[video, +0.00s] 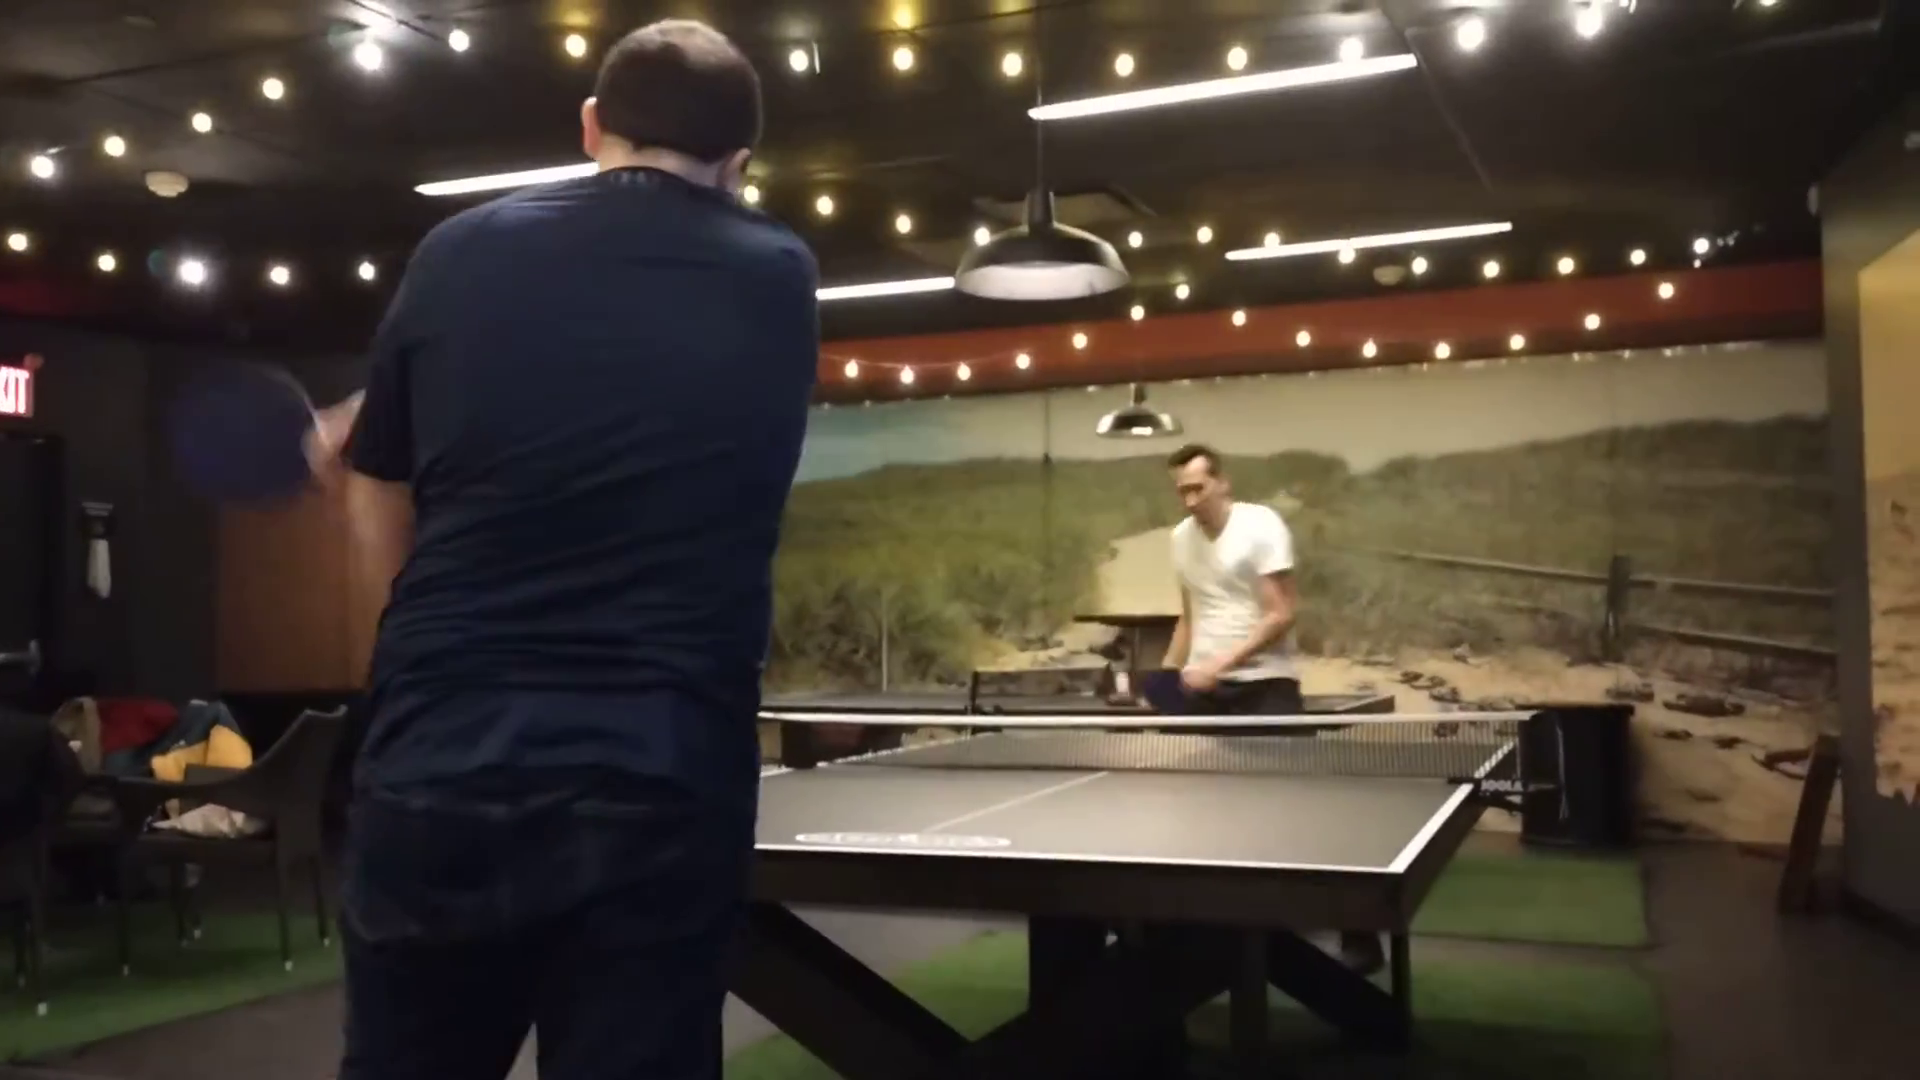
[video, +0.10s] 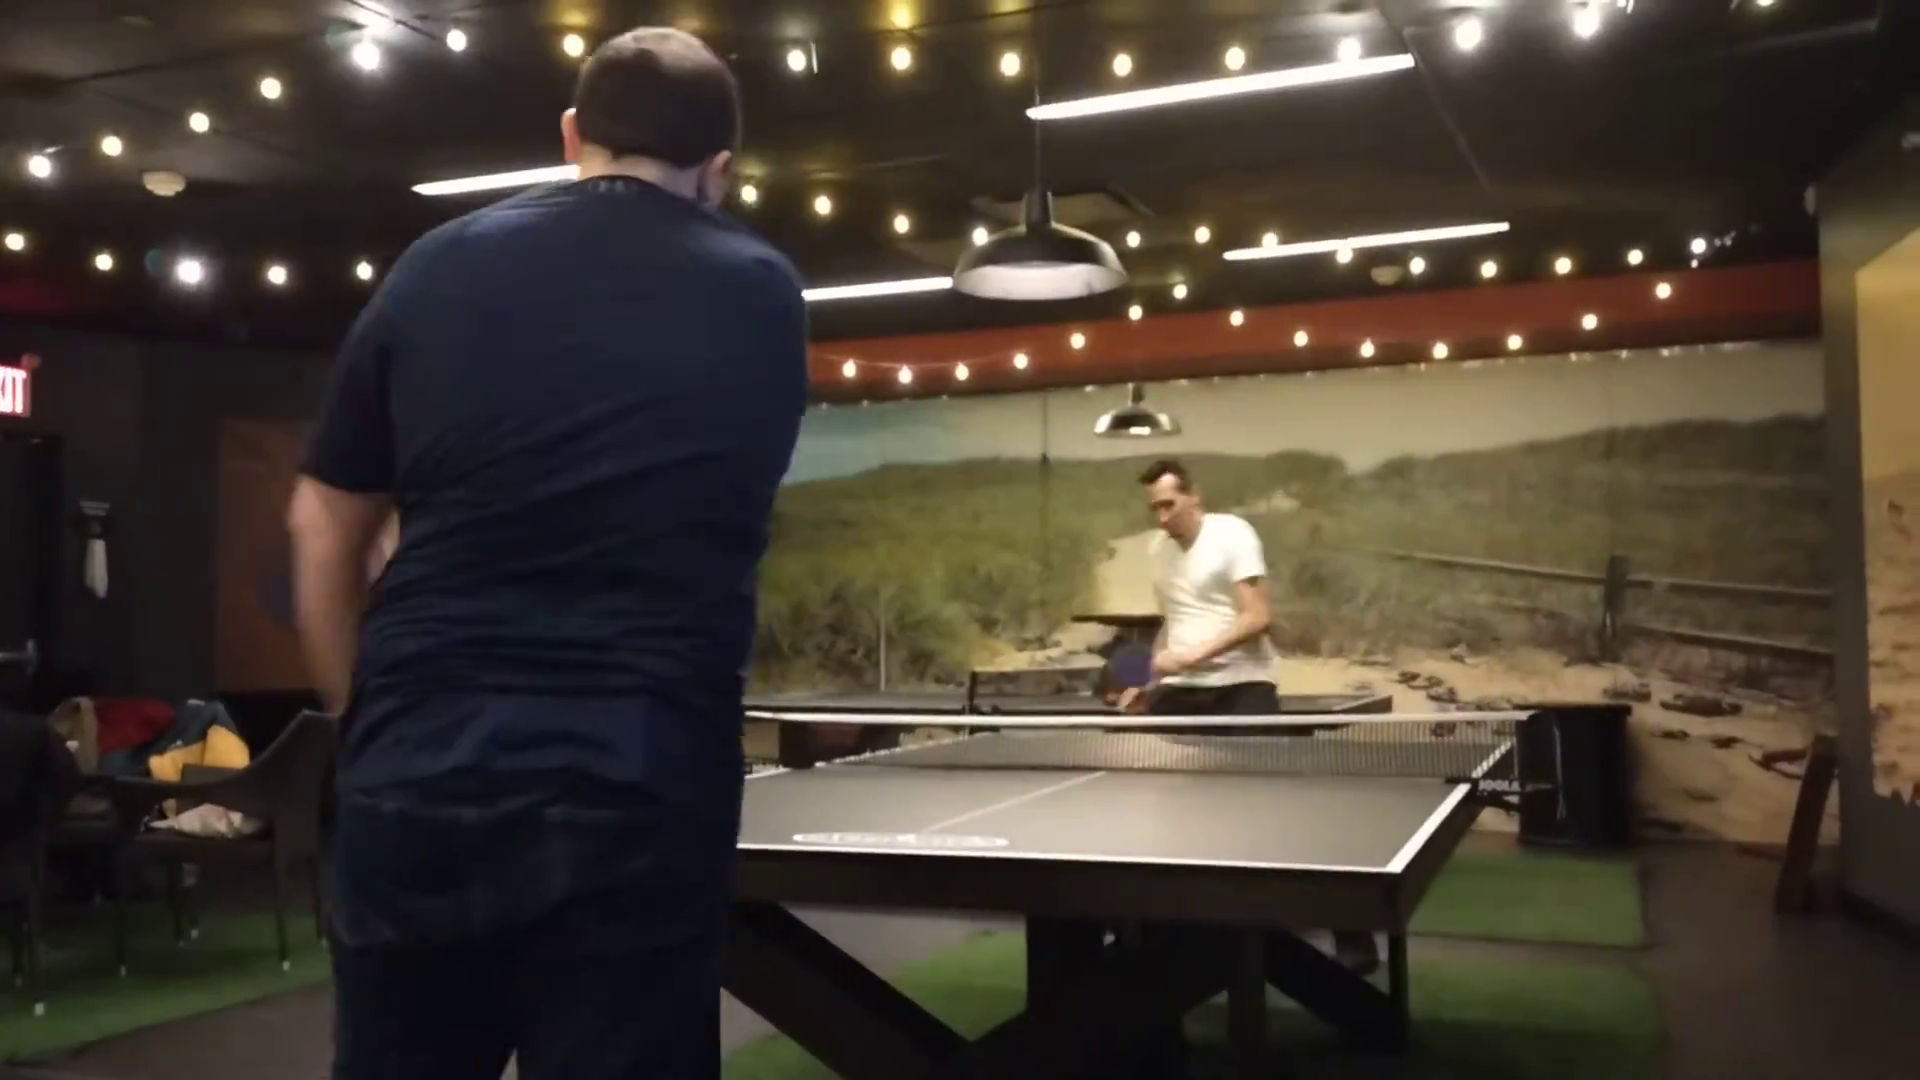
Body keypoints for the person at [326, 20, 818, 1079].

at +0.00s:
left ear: (589, 126)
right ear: (738, 164)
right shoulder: (780, 274)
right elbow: (618, 375)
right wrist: (367, 431)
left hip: (441, 779)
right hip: (661, 791)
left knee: (403, 1062)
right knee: (640, 1060)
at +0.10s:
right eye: (731, 171)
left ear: (568, 138)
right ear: (719, 171)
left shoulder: (436, 265)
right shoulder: (765, 290)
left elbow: (324, 522)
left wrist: (364, 719)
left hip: (424, 777)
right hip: (647, 786)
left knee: (399, 1062)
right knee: (629, 1061)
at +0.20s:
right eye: (707, 176)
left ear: (549, 150)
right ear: (695, 176)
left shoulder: (408, 282)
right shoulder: (746, 308)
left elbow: (286, 530)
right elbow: (793, 570)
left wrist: (277, 748)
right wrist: (706, 652)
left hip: (400, 786)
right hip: (620, 789)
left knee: (378, 1062)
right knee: (603, 1060)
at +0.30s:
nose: (681, 194)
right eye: (683, 177)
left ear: (525, 160)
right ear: (672, 175)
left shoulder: (385, 290)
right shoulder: (720, 316)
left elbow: (251, 499)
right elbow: (835, 558)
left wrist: (217, 738)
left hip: (363, 780)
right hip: (586, 796)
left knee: (348, 1060)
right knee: (562, 1058)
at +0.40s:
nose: (649, 193)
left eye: (650, 177)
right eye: (650, 174)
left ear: (490, 162)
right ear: (634, 168)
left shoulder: (350, 292)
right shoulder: (677, 307)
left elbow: (204, 474)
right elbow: (816, 486)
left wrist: (164, 705)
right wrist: (985, 663)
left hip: (327, 780)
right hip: (548, 799)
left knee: (315, 1058)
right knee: (530, 1055)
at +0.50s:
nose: (612, 198)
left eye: (610, 179)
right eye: (613, 179)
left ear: (455, 167)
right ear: (595, 172)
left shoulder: (307, 296)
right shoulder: (617, 296)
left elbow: (164, 467)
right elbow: (747, 417)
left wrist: (120, 694)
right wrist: (937, 543)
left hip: (294, 778)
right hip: (513, 789)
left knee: (294, 1060)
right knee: (511, 1060)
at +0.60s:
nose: (572, 196)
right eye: (572, 174)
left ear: (415, 169)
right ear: (556, 171)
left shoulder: (272, 294)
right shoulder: (572, 288)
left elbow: (126, 480)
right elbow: (646, 389)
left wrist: (98, 707)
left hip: (258, 800)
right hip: (480, 806)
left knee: (261, 1059)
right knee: (522, 1059)